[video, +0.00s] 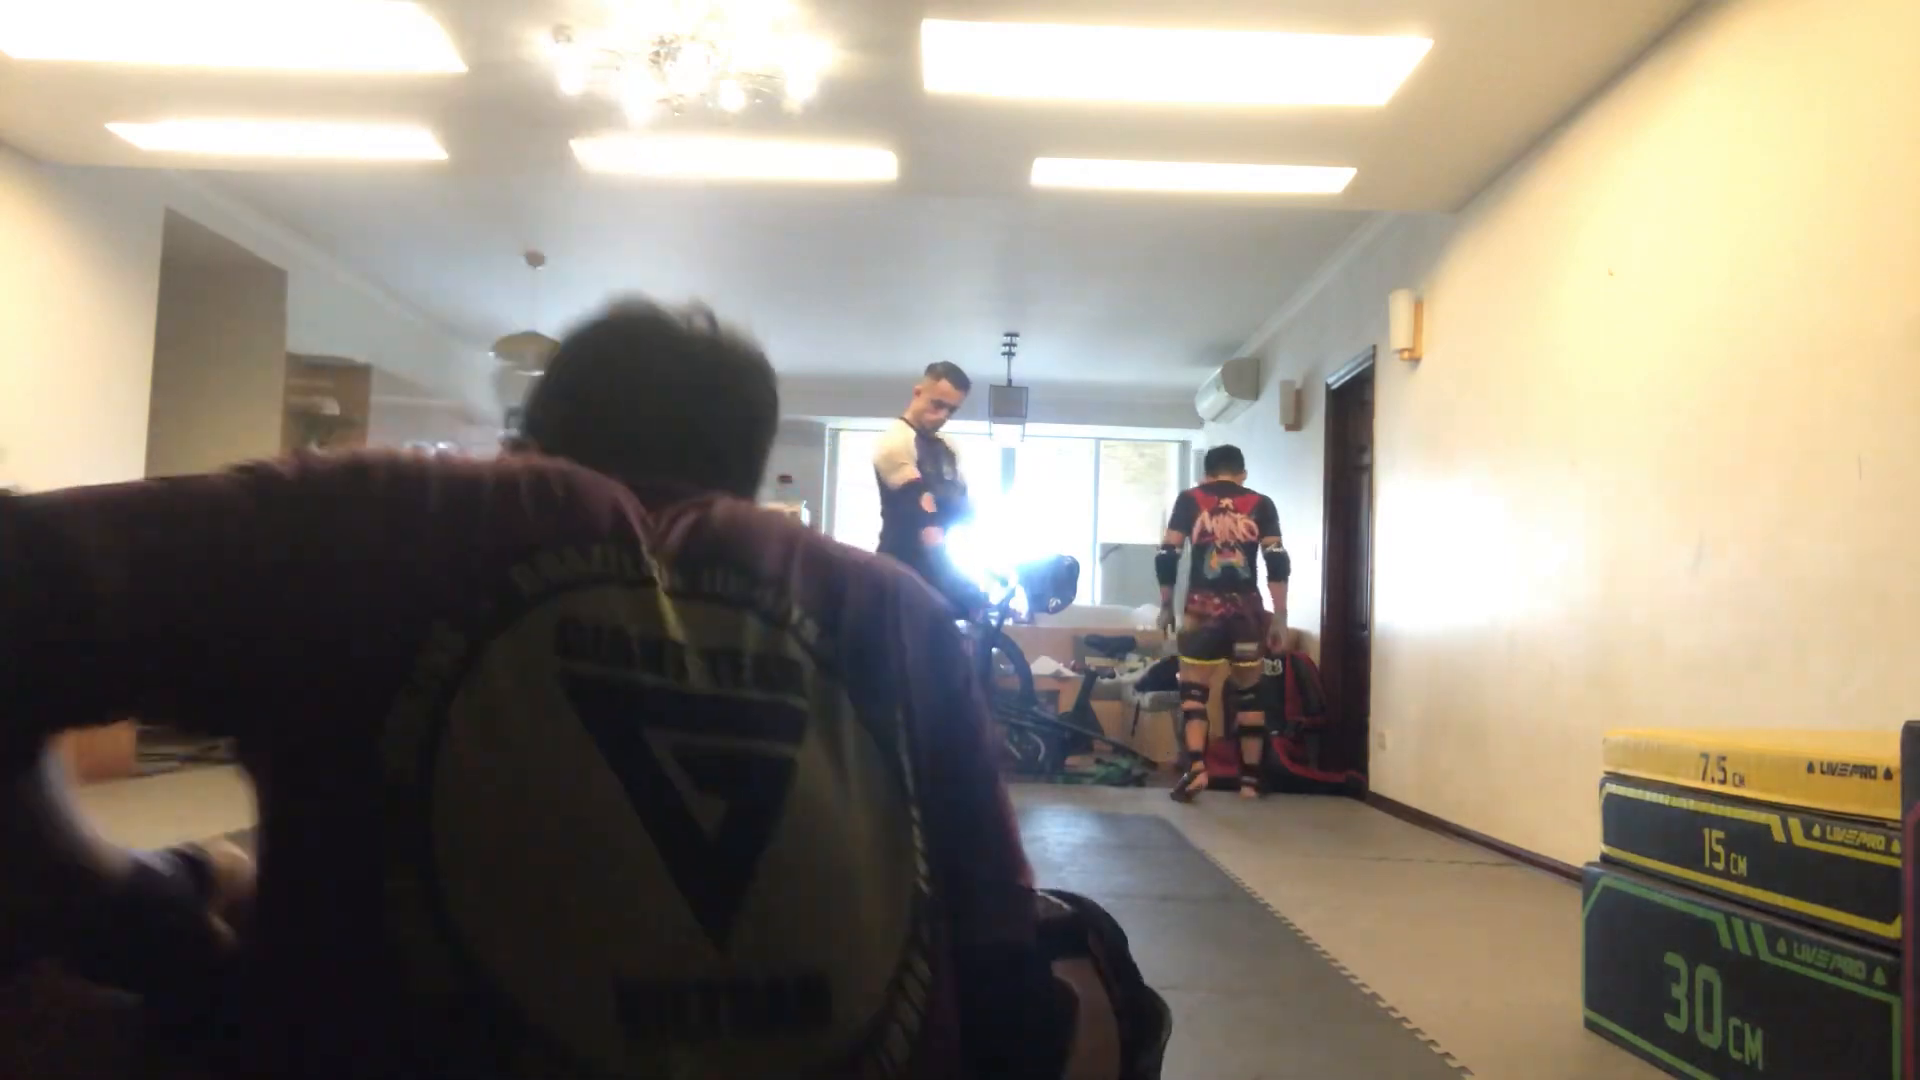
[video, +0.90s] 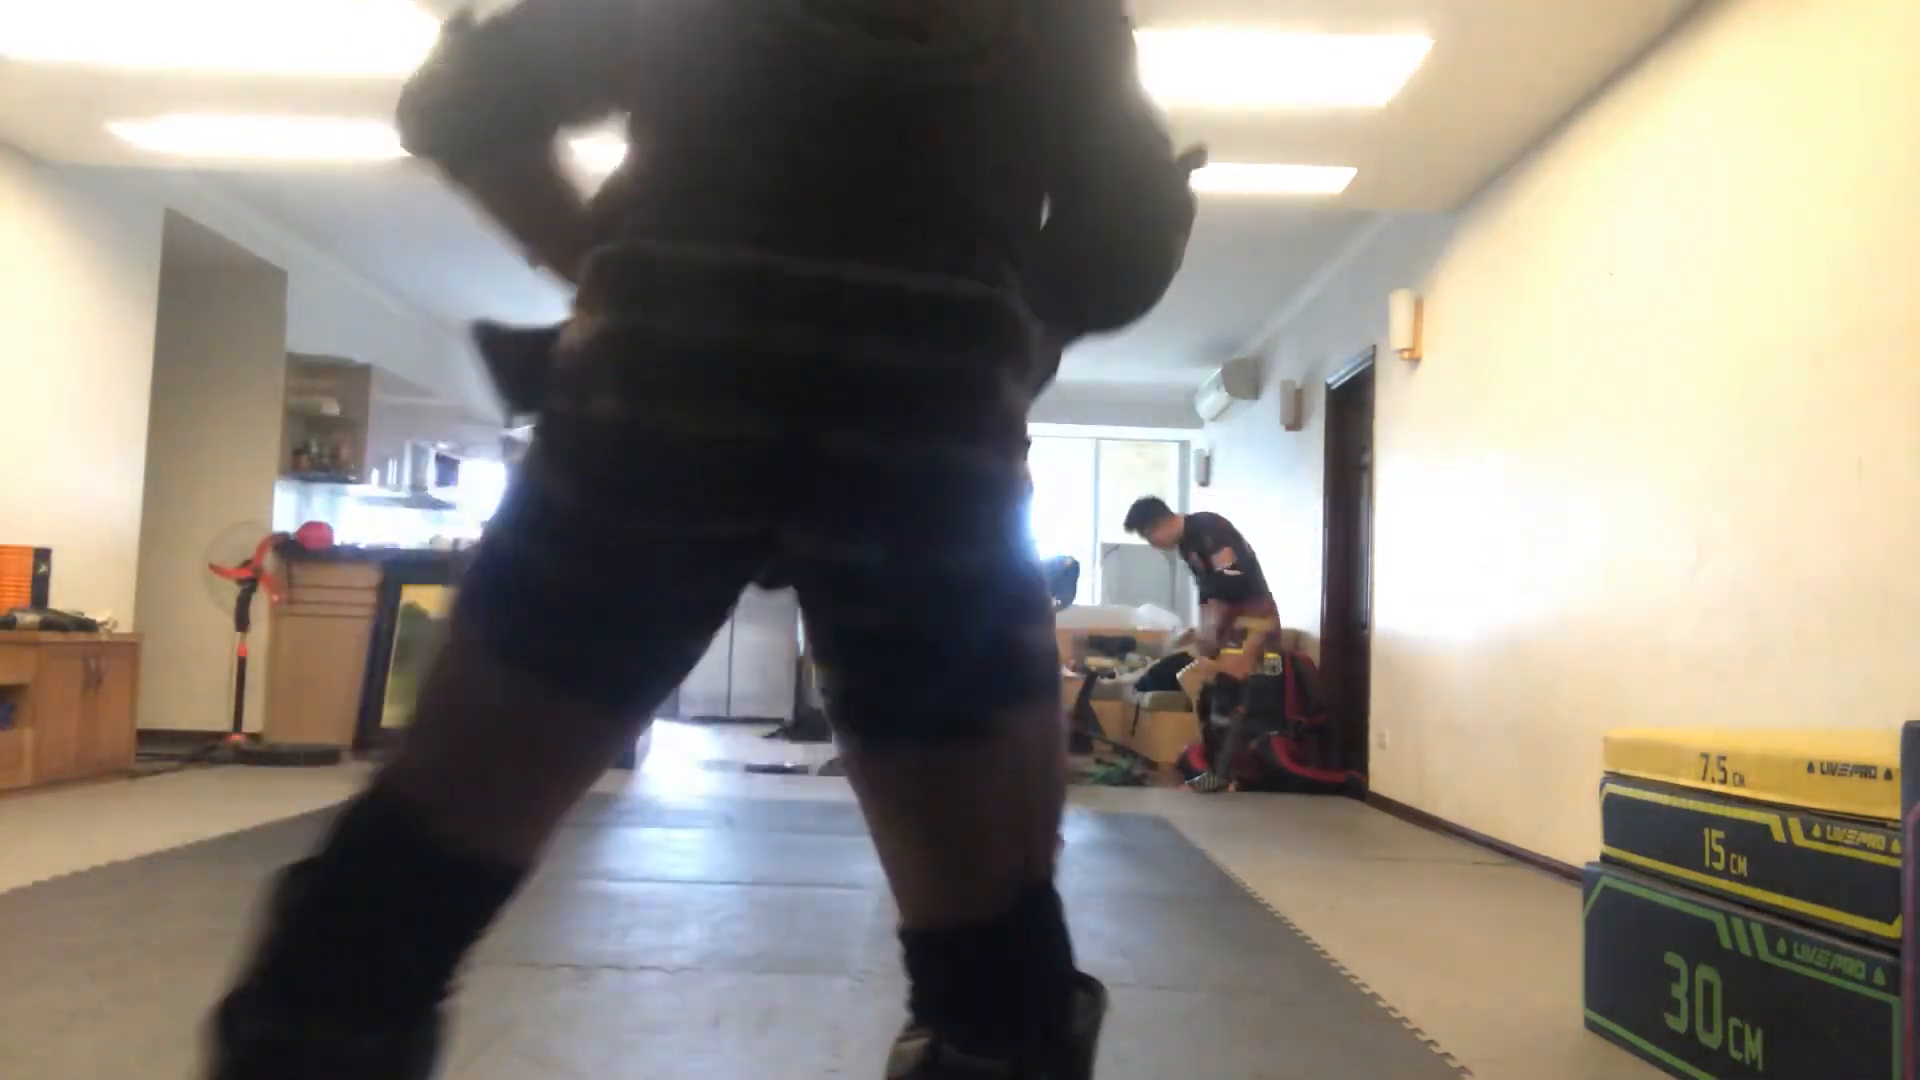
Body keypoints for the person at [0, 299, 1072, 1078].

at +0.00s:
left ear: (534, 436)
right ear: (761, 475)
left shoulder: (390, 518)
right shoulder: (897, 614)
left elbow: (19, 583)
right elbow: (1007, 976)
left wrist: (102, 894)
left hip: (381, 1039)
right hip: (797, 1044)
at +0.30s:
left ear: (604, 525)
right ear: (785, 575)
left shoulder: (477, 582)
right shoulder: (890, 689)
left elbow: (79, 602)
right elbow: (968, 959)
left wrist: (280, 922)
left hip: (452, 1040)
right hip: (807, 1051)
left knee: (140, 943)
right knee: (1058, 955)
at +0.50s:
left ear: (627, 394)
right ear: (803, 431)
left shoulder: (505, 445)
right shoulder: (887, 524)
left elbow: (142, 499)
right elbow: (1016, 752)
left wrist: (315, 737)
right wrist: (923, 881)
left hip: (443, 900)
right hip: (835, 944)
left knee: (103, 959)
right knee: (1078, 976)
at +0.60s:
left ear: (688, 251)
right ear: (836, 295)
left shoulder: (552, 304)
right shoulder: (910, 381)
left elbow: (225, 398)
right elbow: (1045, 591)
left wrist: (382, 617)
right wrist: (951, 726)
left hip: (504, 732)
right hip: (852, 769)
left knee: (147, 983)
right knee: (1074, 1023)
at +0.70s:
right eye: (878, 135)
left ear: (756, 117)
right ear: (895, 146)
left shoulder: (603, 168)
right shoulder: (957, 237)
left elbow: (314, 271)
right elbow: (1076, 420)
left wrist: (444, 462)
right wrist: (932, 513)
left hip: (539, 559)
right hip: (862, 592)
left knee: (201, 972)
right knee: (1061, 1025)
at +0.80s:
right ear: (930, 22)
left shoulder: (653, 41)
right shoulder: (997, 85)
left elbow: (404, 172)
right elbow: (1105, 310)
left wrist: (537, 340)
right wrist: (977, 399)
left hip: (599, 442)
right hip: (890, 485)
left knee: (275, 961)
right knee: (1031, 1013)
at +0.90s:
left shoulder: (690, 9)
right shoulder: (1047, 20)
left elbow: (459, 102)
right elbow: (1139, 217)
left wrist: (605, 256)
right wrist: (1011, 323)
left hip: (657, 386)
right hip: (922, 424)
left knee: (375, 924)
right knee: (996, 994)